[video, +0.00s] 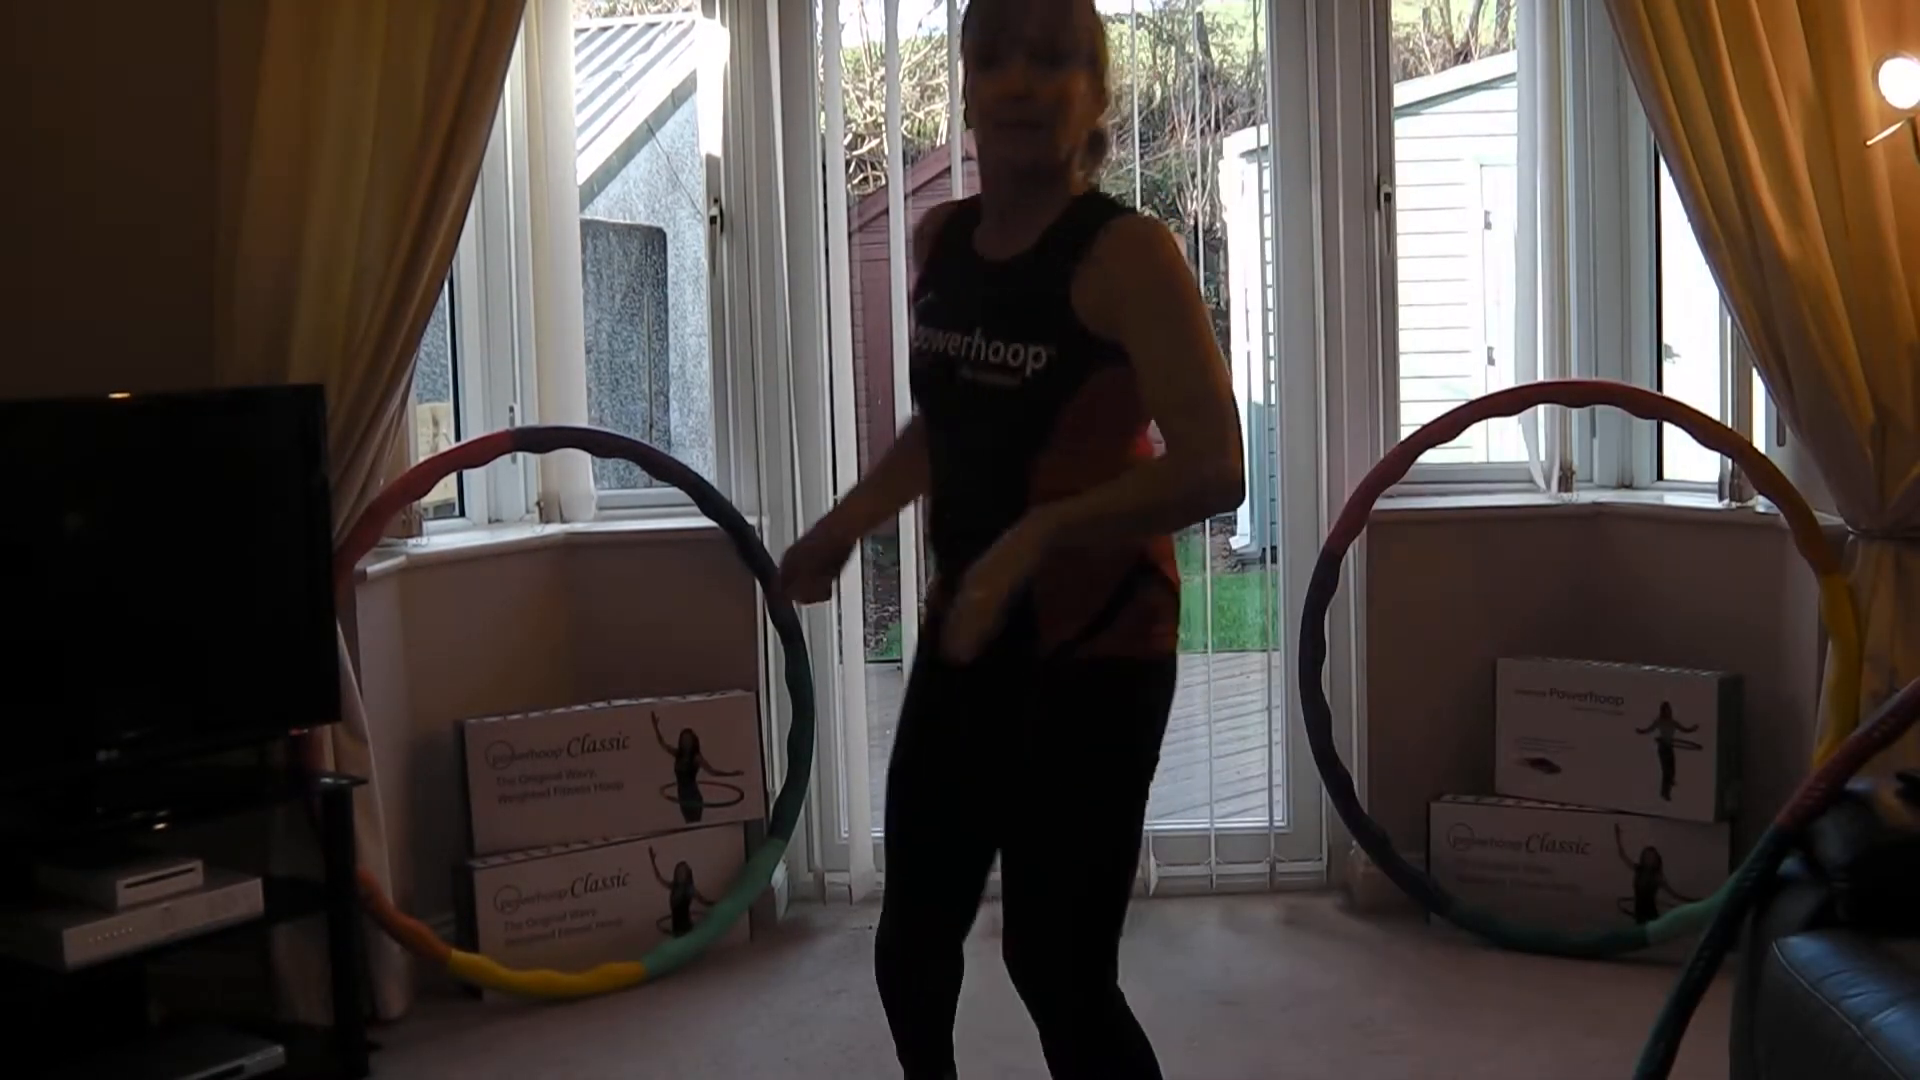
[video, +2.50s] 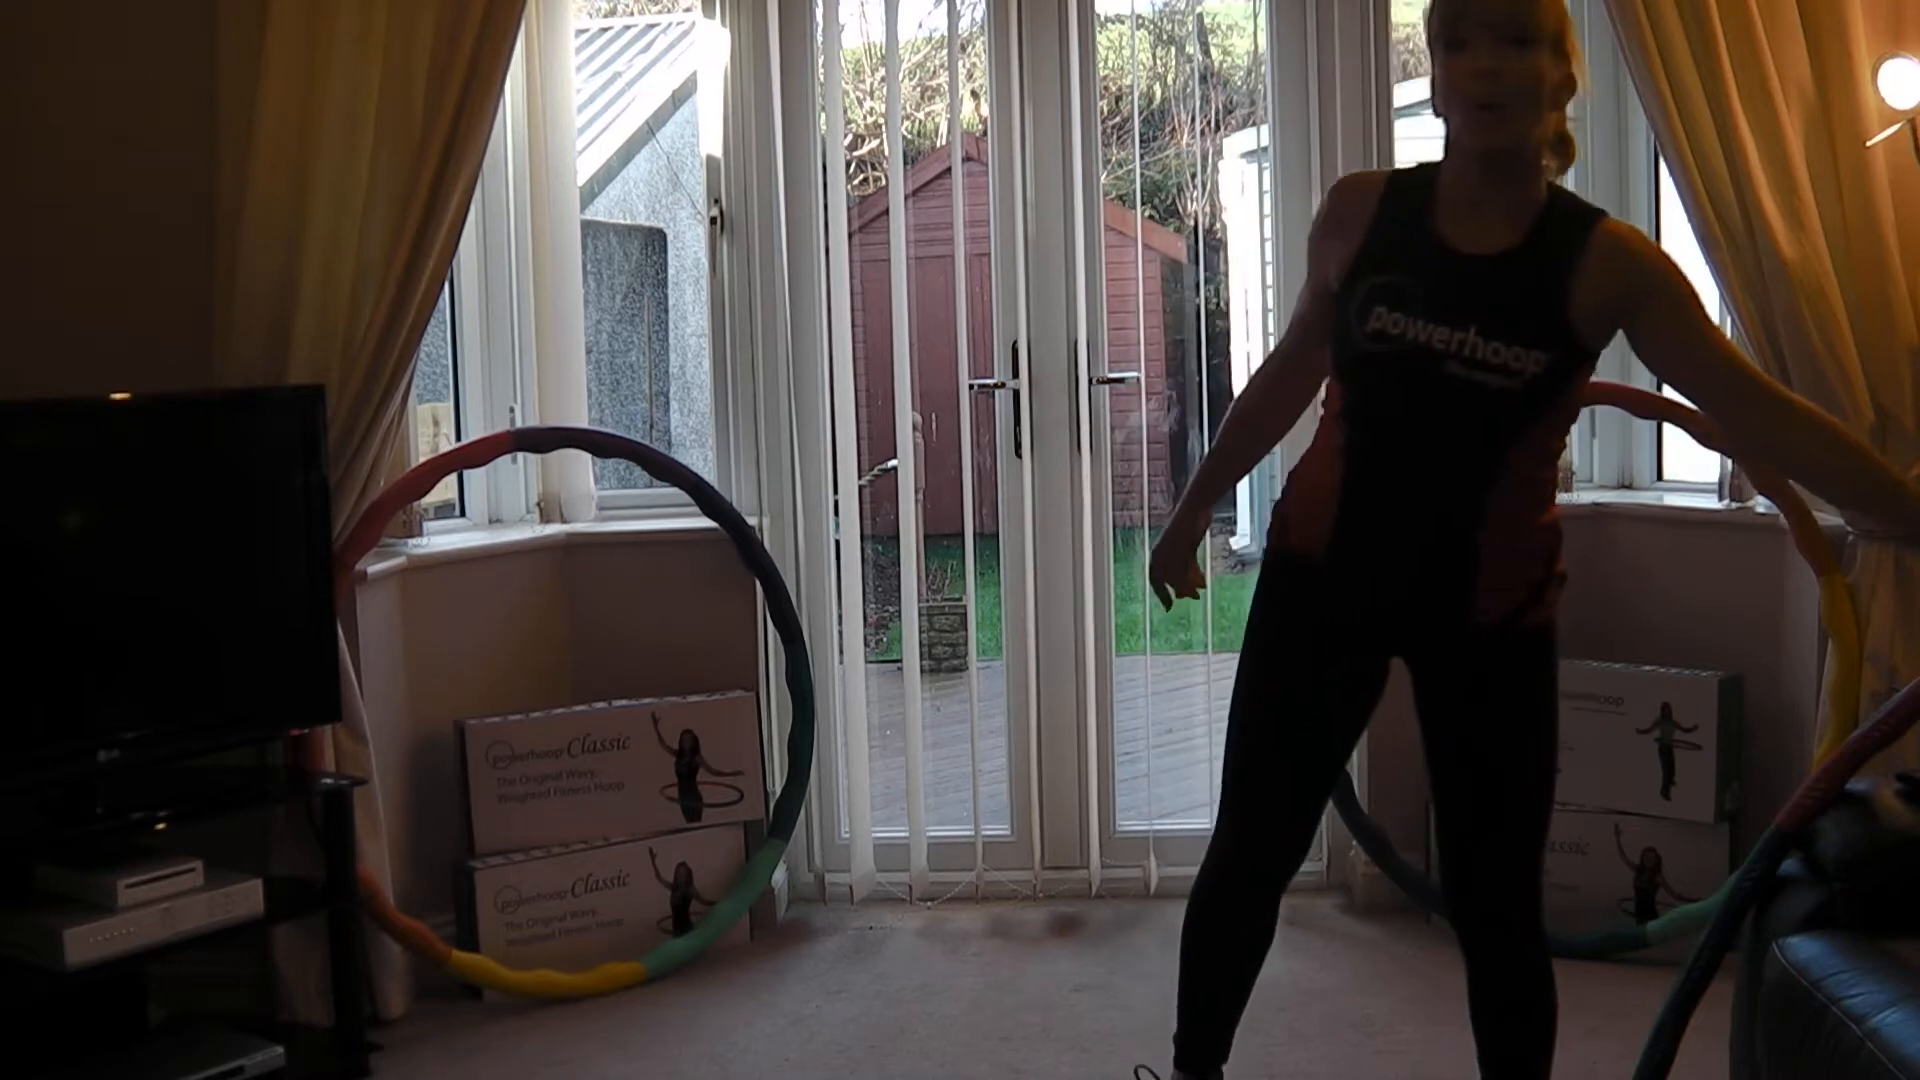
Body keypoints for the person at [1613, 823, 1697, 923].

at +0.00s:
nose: (1649, 859)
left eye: (1652, 856)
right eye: (1646, 856)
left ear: (1657, 859)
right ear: (1642, 858)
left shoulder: (1657, 876)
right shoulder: (1638, 870)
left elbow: (1673, 894)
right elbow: (1622, 855)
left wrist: (1693, 901)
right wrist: (1618, 836)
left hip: (1651, 910)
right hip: (1638, 909)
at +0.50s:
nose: (1649, 859)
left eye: (1652, 857)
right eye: (1646, 856)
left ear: (1657, 859)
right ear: (1642, 858)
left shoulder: (1658, 876)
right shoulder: (1639, 870)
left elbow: (1673, 894)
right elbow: (1622, 855)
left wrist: (1692, 901)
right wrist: (1618, 836)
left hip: (1651, 910)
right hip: (1639, 909)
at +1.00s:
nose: (1648, 859)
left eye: (1651, 856)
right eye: (1646, 856)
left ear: (1657, 859)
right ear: (1642, 858)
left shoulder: (1658, 876)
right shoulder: (1639, 870)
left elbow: (1673, 894)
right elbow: (1623, 856)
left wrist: (1693, 900)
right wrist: (1618, 837)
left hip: (1651, 911)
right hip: (1639, 910)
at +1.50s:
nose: (1649, 860)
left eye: (1652, 857)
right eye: (1646, 856)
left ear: (1657, 860)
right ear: (1642, 858)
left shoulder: (1658, 876)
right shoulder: (1639, 871)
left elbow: (1673, 894)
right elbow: (1623, 857)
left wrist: (1693, 901)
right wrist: (1618, 837)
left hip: (1651, 911)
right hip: (1639, 911)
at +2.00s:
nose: (1649, 859)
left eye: (1652, 857)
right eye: (1646, 856)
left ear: (1657, 860)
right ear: (1642, 858)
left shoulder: (1658, 876)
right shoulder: (1639, 870)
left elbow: (1674, 894)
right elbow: (1623, 856)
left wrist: (1693, 901)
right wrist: (1618, 837)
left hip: (1651, 911)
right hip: (1639, 910)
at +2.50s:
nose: (1648, 860)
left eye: (1651, 857)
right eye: (1646, 857)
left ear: (1656, 859)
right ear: (1642, 858)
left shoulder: (1658, 876)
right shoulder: (1639, 871)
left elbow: (1673, 895)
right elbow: (1623, 857)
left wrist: (1693, 901)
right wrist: (1618, 838)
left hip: (1650, 912)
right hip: (1638, 910)